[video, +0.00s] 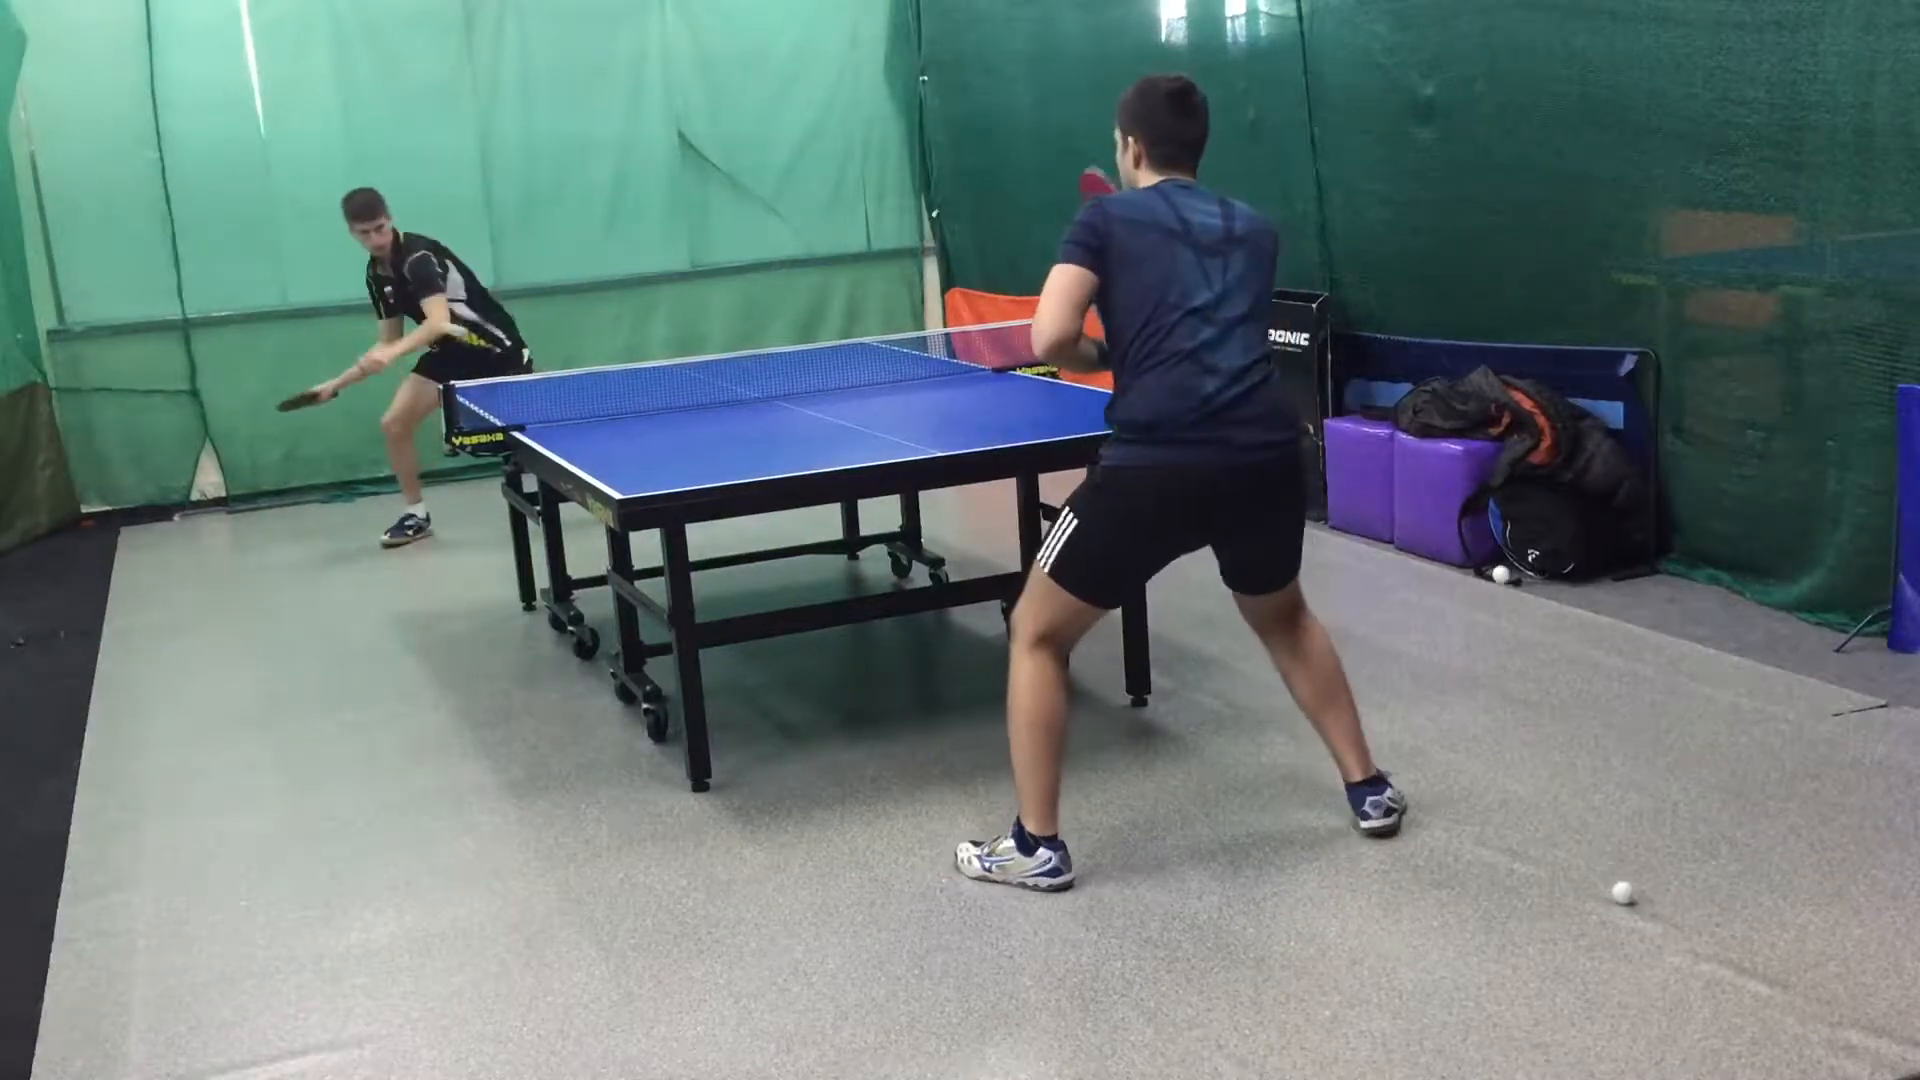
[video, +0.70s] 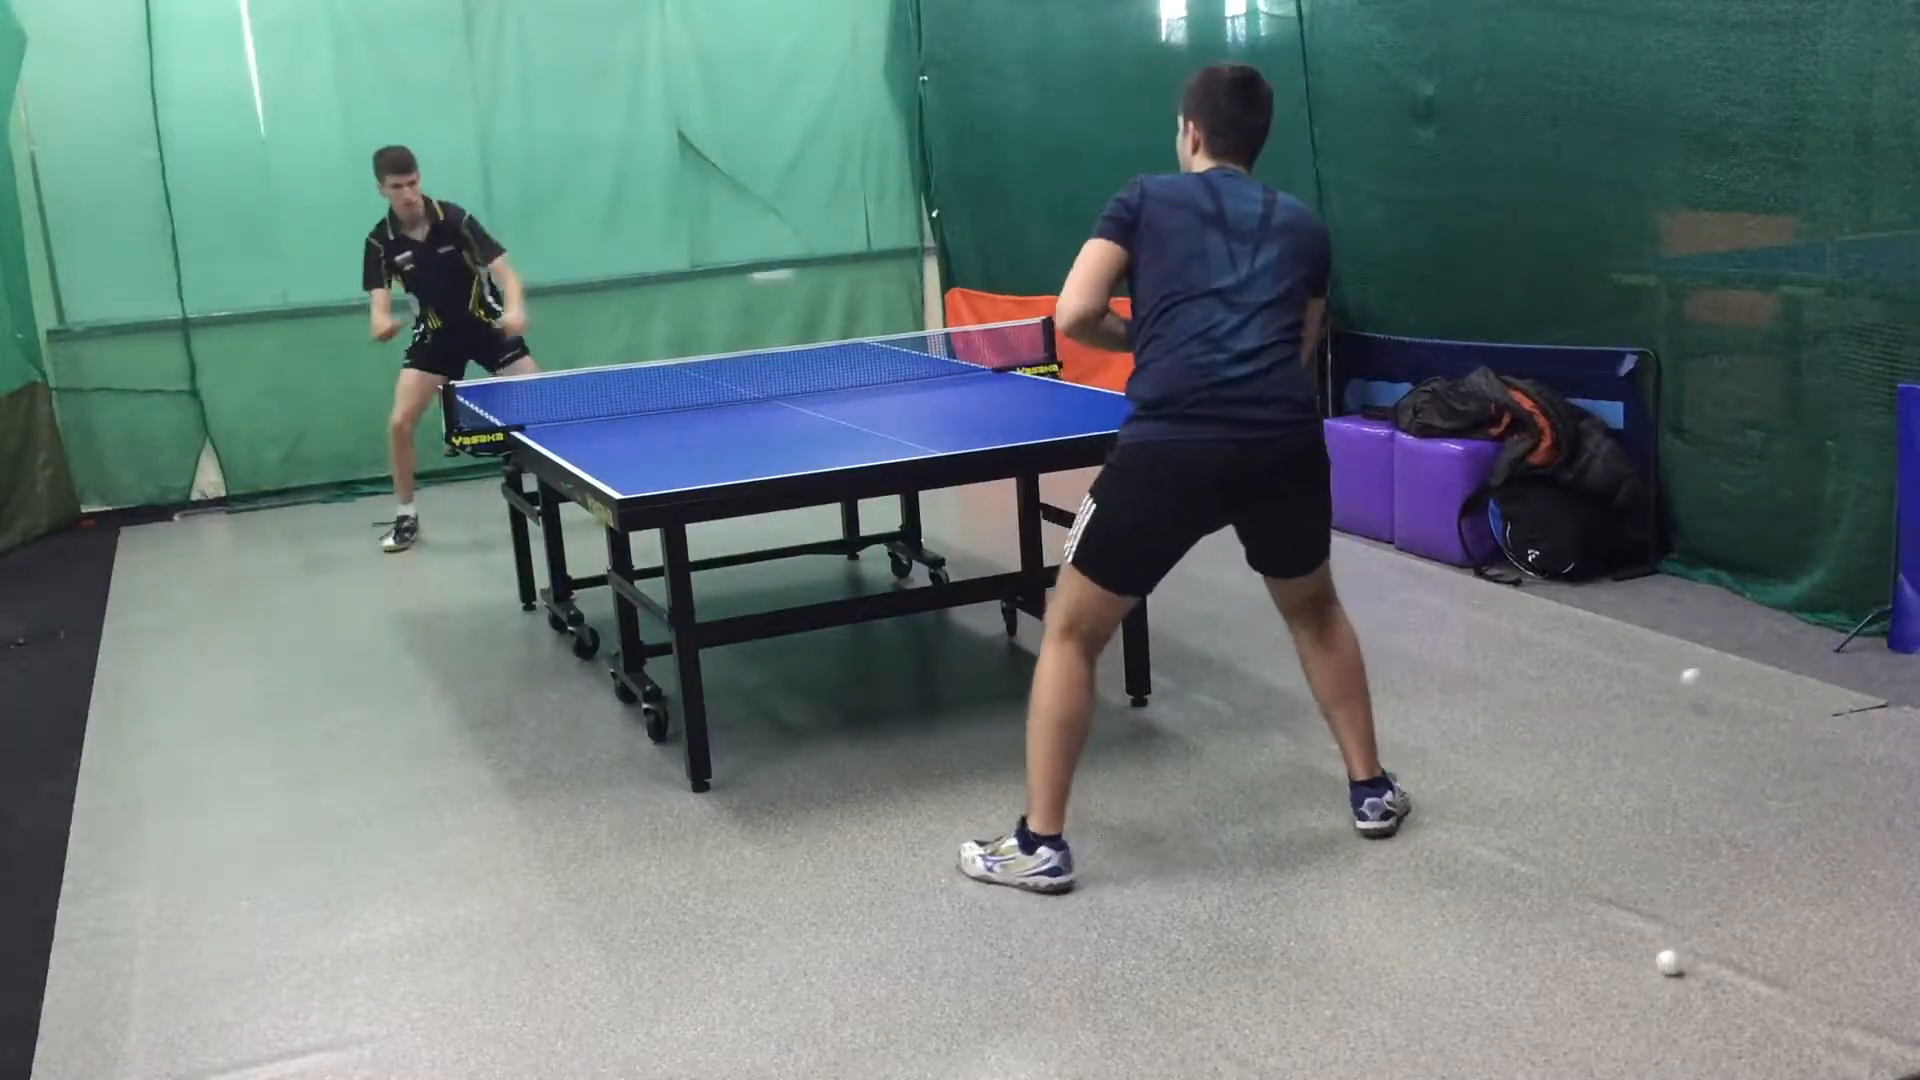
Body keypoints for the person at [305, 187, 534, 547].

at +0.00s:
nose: (375, 240)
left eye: (380, 229)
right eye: (364, 234)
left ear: (390, 219)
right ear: (352, 233)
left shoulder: (418, 256)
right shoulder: (376, 273)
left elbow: (439, 324)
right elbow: (388, 344)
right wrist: (336, 385)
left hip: (501, 350)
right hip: (451, 351)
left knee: (530, 431)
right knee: (395, 425)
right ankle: (416, 513)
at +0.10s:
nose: (359, 233)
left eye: (364, 222)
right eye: (350, 226)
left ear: (380, 212)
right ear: (343, 227)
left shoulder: (415, 245)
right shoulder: (374, 268)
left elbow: (466, 282)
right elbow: (385, 338)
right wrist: (336, 366)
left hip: (491, 349)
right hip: (439, 352)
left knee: (530, 426)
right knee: (392, 428)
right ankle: (416, 515)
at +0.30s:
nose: (381, 186)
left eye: (386, 176)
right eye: (373, 181)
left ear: (403, 171)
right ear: (367, 185)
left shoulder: (449, 206)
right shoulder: (373, 227)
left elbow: (514, 231)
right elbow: (387, 251)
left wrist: (526, 219)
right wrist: (422, 197)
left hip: (482, 332)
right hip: (428, 345)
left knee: (540, 399)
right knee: (406, 439)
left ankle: (519, 475)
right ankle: (410, 506)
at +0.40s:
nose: (406, 184)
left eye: (411, 175)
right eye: (396, 179)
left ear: (425, 170)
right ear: (387, 182)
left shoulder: (462, 210)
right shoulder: (394, 228)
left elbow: (522, 243)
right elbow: (429, 259)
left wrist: (547, 230)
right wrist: (453, 206)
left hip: (481, 342)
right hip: (429, 353)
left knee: (551, 398)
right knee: (420, 441)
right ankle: (389, 523)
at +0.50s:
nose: (431, 190)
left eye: (435, 181)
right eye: (420, 184)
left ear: (443, 179)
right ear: (405, 189)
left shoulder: (473, 219)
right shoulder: (405, 238)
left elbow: (529, 254)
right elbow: (418, 290)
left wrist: (563, 251)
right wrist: (452, 244)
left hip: (482, 342)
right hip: (432, 353)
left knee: (550, 396)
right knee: (416, 443)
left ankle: (589, 493)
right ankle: (382, 524)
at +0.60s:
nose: (426, 188)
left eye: (429, 178)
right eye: (415, 182)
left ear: (437, 174)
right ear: (399, 185)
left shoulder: (474, 216)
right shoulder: (395, 239)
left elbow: (526, 255)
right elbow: (393, 304)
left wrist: (555, 273)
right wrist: (429, 282)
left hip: (489, 334)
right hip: (435, 342)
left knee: (548, 400)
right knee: (403, 428)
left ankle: (591, 495)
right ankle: (384, 522)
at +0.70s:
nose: (408, 194)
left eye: (412, 184)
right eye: (397, 188)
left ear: (421, 179)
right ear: (382, 190)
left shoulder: (454, 219)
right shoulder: (381, 242)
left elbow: (505, 272)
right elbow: (380, 304)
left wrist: (514, 310)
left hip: (485, 323)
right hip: (436, 332)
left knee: (541, 396)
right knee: (400, 422)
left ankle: (566, 480)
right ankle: (406, 516)